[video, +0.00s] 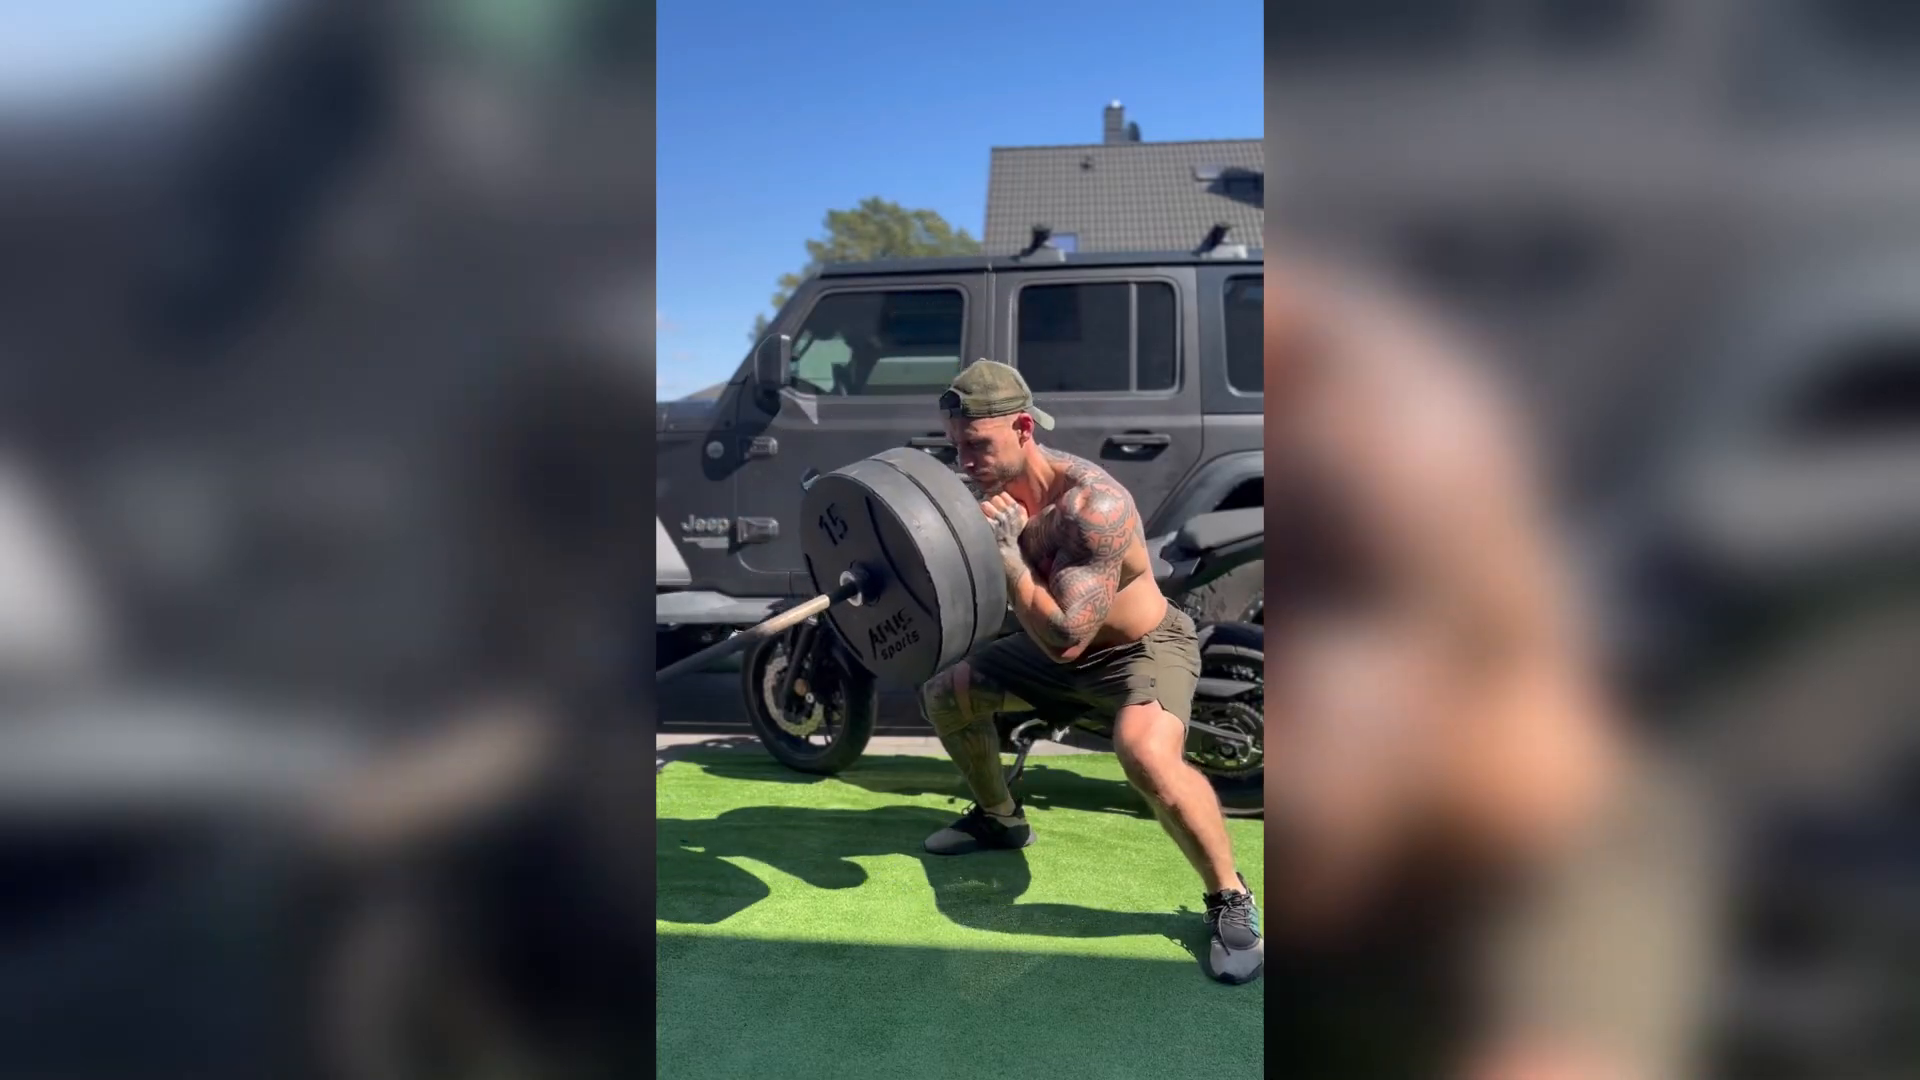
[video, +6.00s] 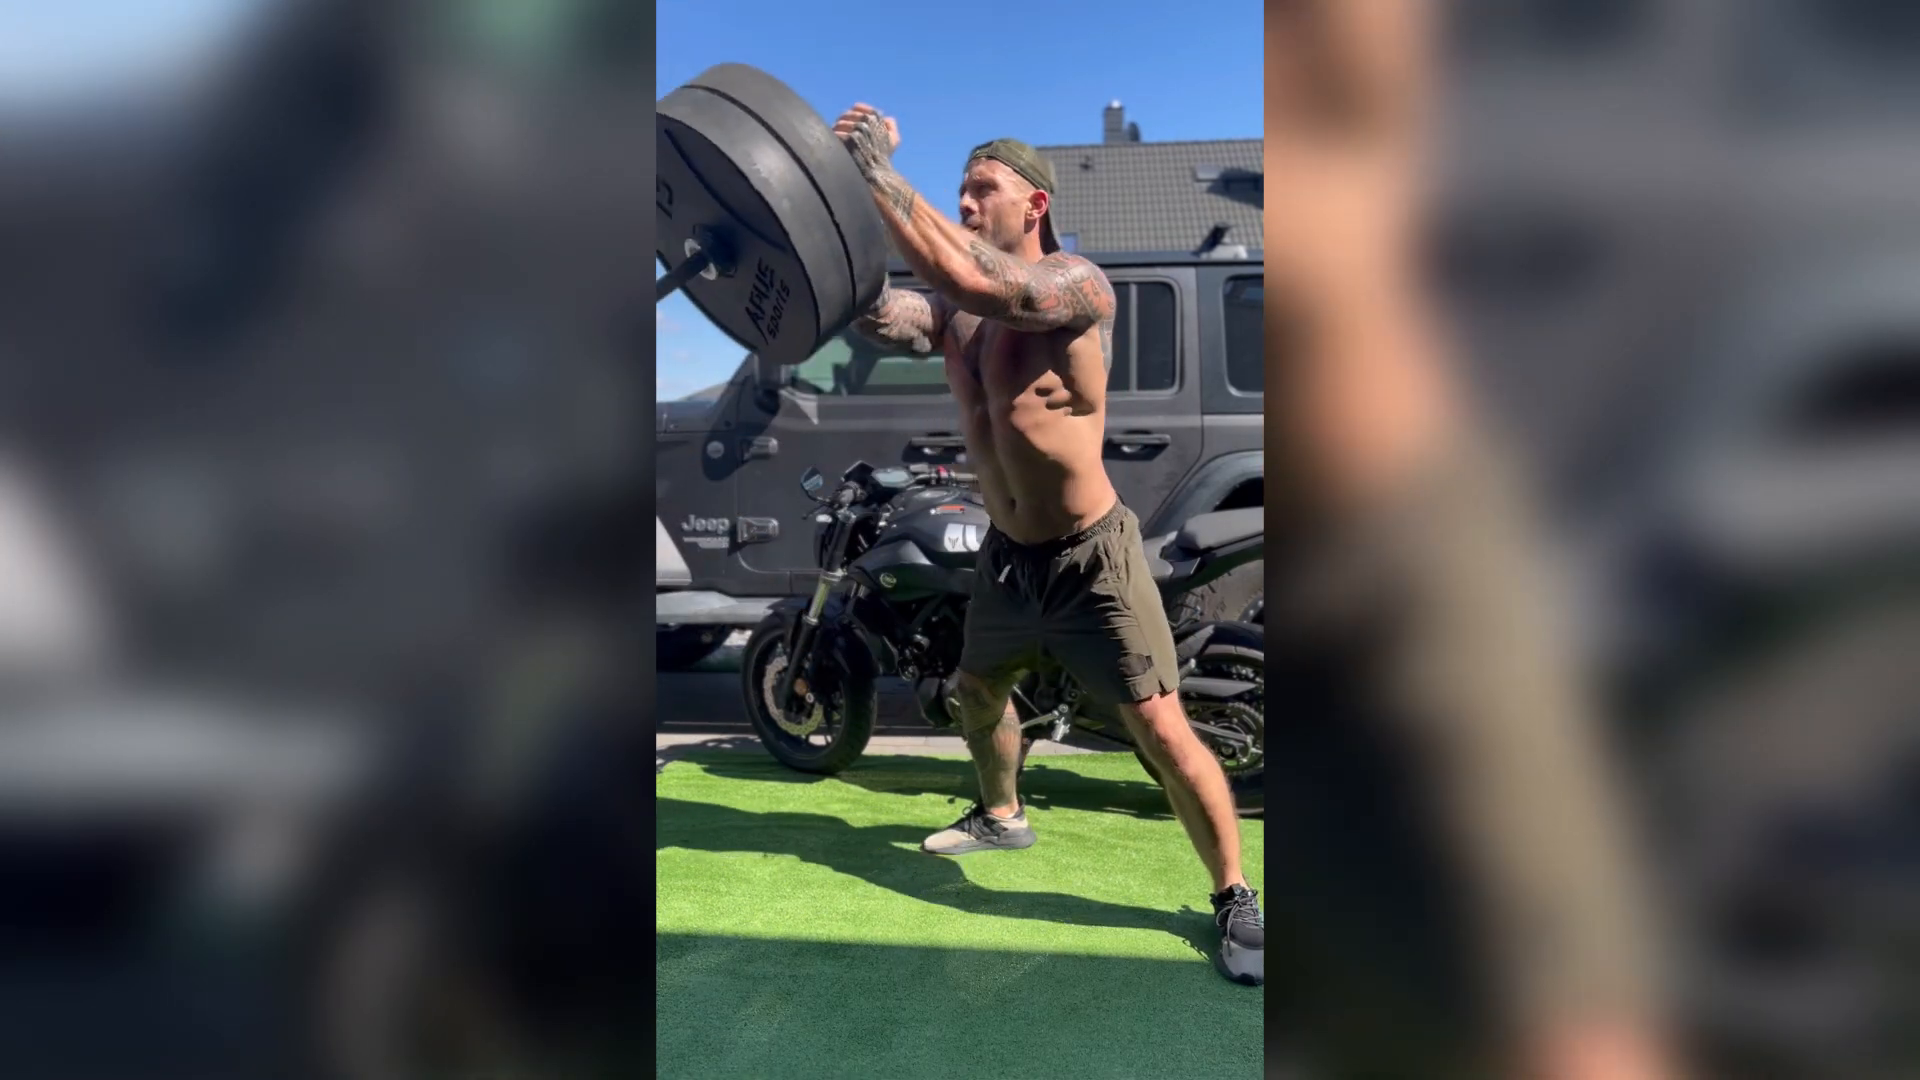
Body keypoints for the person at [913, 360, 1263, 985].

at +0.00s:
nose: (966, 462)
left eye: (978, 446)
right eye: (958, 448)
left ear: (1024, 429)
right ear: (951, 440)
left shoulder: (1095, 502)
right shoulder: (978, 498)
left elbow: (1068, 640)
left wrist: (1006, 555)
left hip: (1145, 645)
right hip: (1058, 645)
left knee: (1143, 749)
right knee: (948, 695)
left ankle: (1230, 897)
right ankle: (1000, 818)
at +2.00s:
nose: (952, 212)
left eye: (968, 198)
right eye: (948, 199)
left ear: (1022, 204)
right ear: (954, 205)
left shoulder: (1067, 277)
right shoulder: (949, 297)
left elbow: (958, 277)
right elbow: (873, 317)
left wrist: (861, 178)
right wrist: (813, 236)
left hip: (1079, 541)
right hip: (1000, 549)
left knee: (1149, 724)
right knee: (988, 693)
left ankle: (1234, 893)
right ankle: (1001, 818)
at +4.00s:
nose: (959, 201)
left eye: (975, 185)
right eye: (953, 187)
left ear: (1031, 195)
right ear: (958, 200)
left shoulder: (1074, 272)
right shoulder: (950, 292)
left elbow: (971, 257)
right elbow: (870, 281)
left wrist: (869, 151)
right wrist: (817, 192)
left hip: (1091, 539)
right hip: (1007, 547)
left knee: (1159, 720)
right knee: (993, 693)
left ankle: (1234, 894)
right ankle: (1000, 816)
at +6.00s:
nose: (964, 202)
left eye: (983, 188)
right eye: (960, 192)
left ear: (1036, 206)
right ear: (962, 208)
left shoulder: (1081, 284)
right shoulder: (952, 309)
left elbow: (980, 283)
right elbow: (865, 308)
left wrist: (881, 178)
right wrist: (801, 226)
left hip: (1093, 548)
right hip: (1007, 555)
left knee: (1158, 723)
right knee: (981, 696)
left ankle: (1236, 896)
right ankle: (1001, 817)